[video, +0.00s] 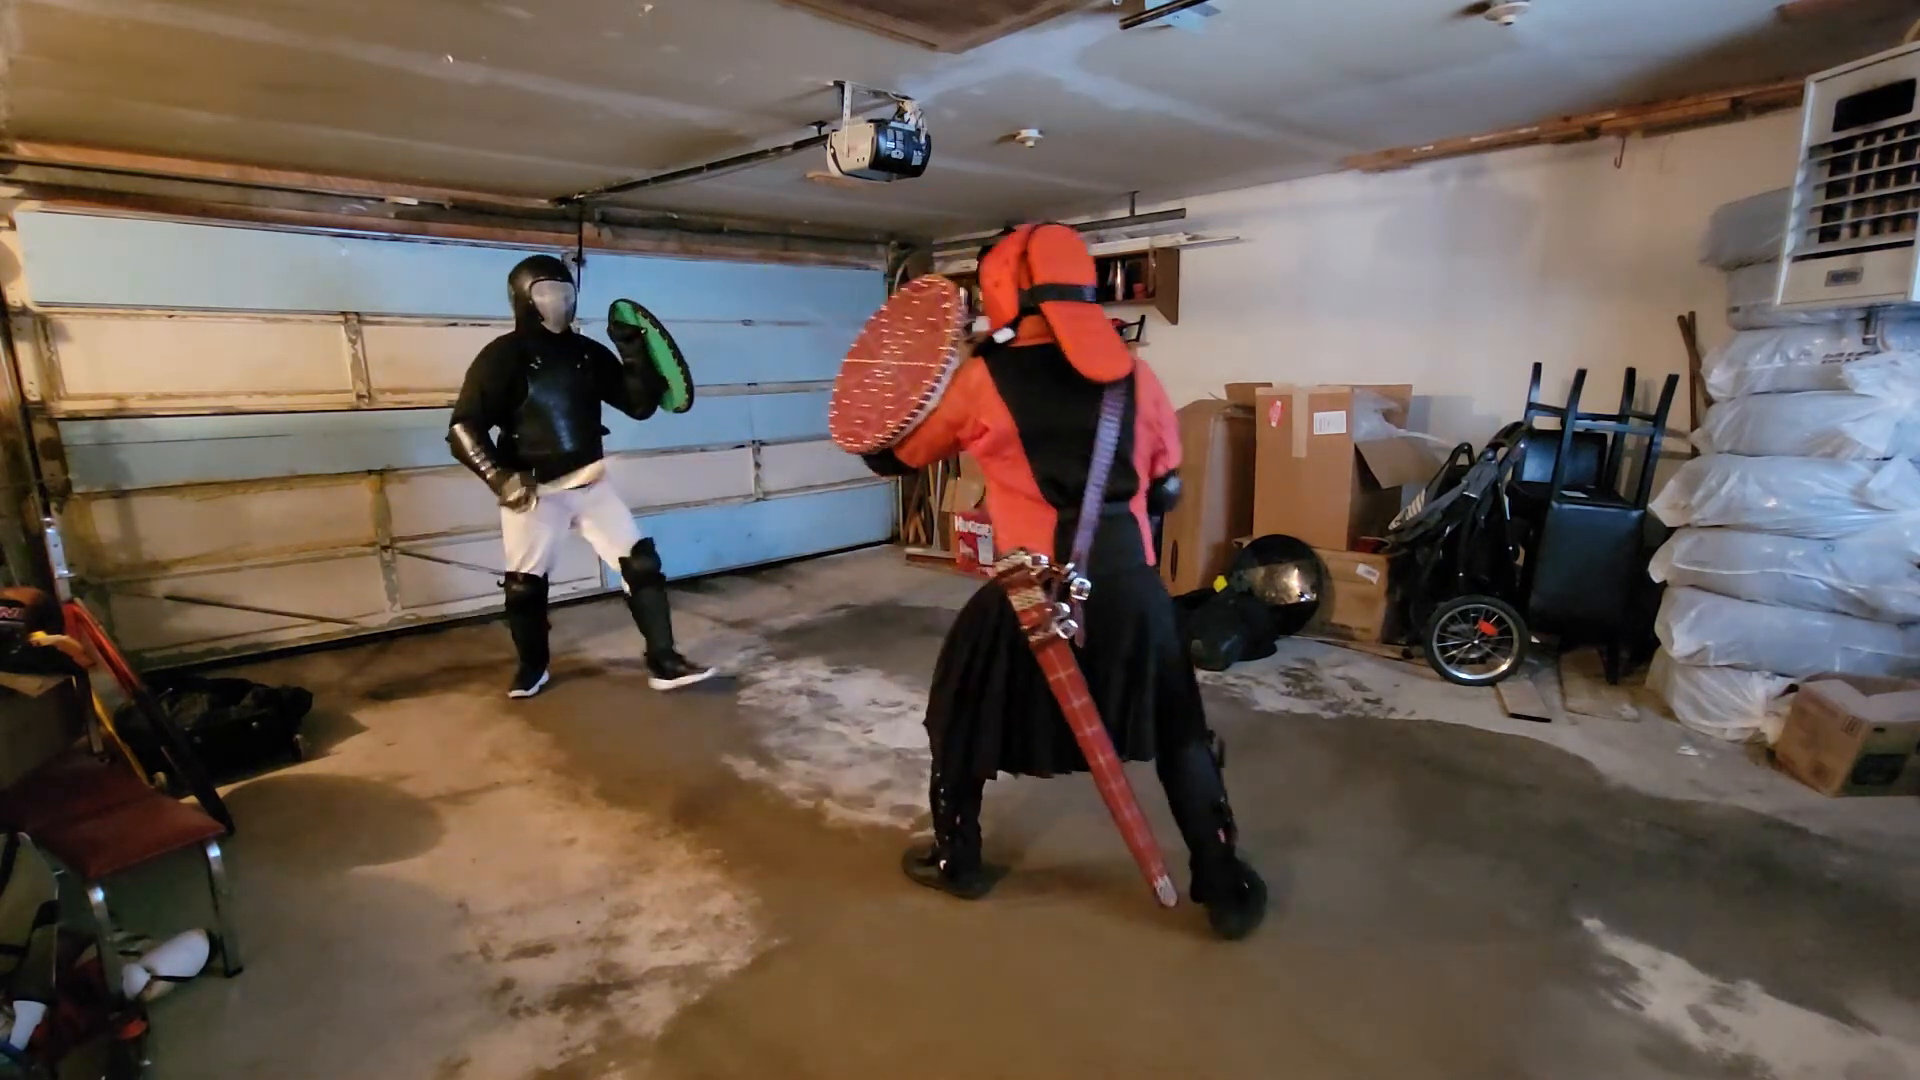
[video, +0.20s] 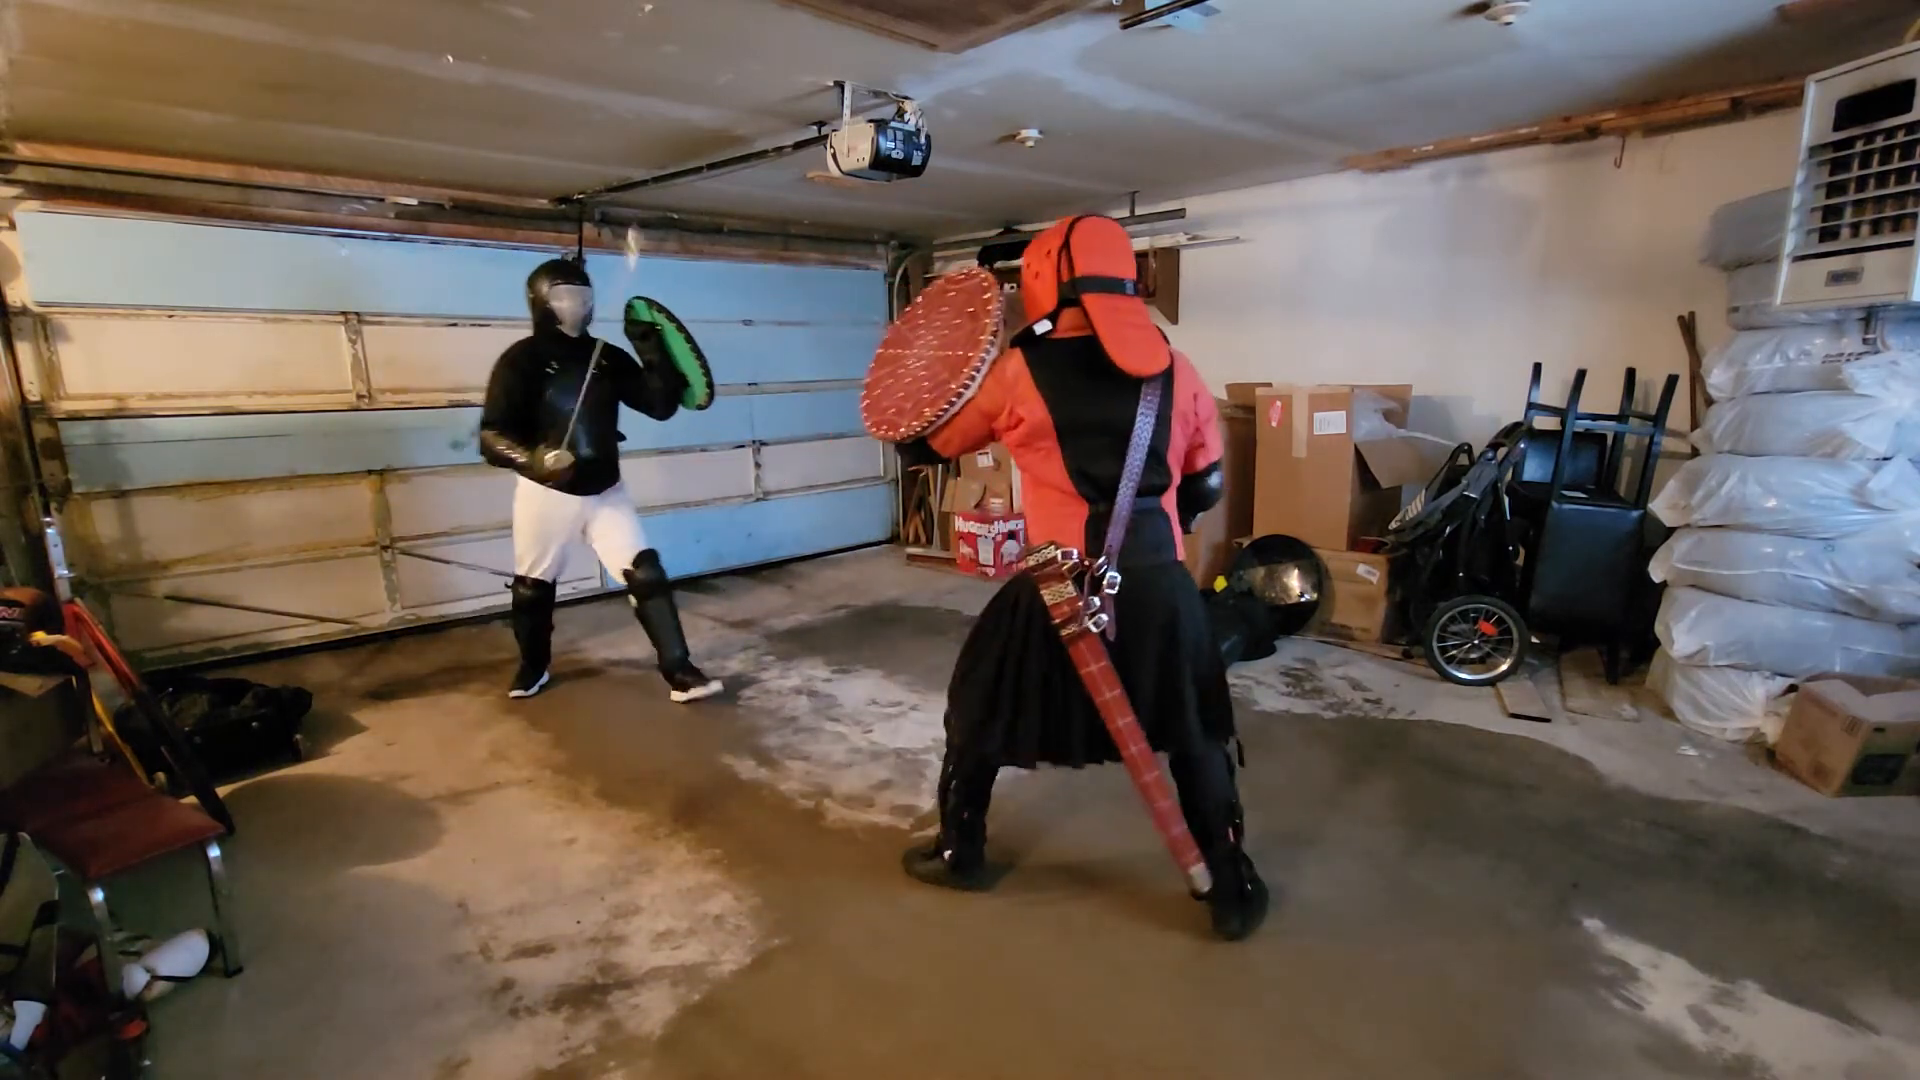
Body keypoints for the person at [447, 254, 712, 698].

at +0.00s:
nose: (567, 298)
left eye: (568, 289)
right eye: (556, 289)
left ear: (569, 294)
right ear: (529, 296)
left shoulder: (588, 353)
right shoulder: (502, 357)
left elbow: (640, 406)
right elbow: (463, 429)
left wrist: (634, 352)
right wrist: (499, 478)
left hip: (591, 484)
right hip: (532, 493)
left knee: (640, 563)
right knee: (524, 588)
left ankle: (664, 659)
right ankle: (532, 667)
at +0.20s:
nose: (586, 298)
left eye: (586, 290)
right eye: (574, 290)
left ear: (588, 296)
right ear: (545, 298)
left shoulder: (608, 359)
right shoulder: (520, 361)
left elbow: (661, 405)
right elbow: (491, 438)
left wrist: (655, 352)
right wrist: (533, 461)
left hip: (605, 494)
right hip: (543, 496)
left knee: (646, 574)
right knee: (531, 590)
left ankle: (679, 670)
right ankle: (532, 666)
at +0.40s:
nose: (618, 306)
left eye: (620, 297)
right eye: (608, 297)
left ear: (622, 301)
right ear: (579, 302)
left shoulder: (636, 361)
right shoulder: (550, 360)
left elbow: (686, 412)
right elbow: (532, 440)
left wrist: (682, 360)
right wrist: (582, 456)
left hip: (630, 493)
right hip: (569, 493)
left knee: (673, 574)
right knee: (547, 590)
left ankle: (686, 676)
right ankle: (536, 665)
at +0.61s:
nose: (637, 304)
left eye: (639, 295)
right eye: (626, 295)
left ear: (643, 300)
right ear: (597, 299)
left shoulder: (649, 359)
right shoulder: (564, 357)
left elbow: (698, 414)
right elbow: (541, 437)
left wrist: (699, 362)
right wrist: (593, 470)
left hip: (639, 493)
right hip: (576, 492)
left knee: (678, 574)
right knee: (552, 593)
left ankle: (686, 678)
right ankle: (553, 661)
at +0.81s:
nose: (640, 307)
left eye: (640, 297)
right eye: (630, 297)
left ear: (631, 307)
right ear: (599, 303)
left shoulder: (646, 364)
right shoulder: (563, 363)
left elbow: (692, 421)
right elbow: (531, 441)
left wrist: (696, 373)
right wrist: (582, 487)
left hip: (637, 497)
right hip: (574, 498)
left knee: (680, 575)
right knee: (551, 598)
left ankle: (686, 677)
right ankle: (553, 662)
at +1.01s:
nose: (635, 307)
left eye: (636, 298)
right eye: (625, 297)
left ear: (634, 305)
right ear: (594, 302)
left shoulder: (644, 363)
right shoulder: (558, 363)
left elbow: (689, 420)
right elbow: (524, 440)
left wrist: (698, 378)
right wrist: (578, 477)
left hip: (637, 497)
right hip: (574, 500)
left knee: (680, 577)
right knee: (552, 598)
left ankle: (686, 677)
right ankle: (554, 662)